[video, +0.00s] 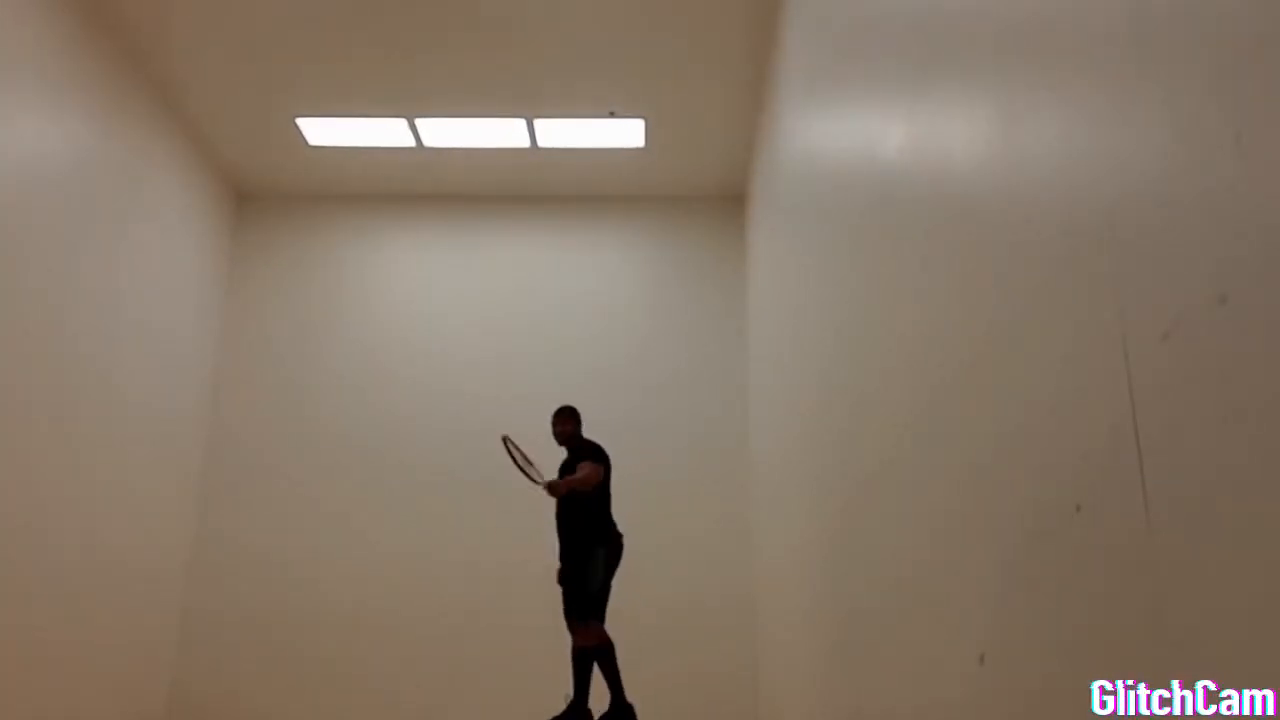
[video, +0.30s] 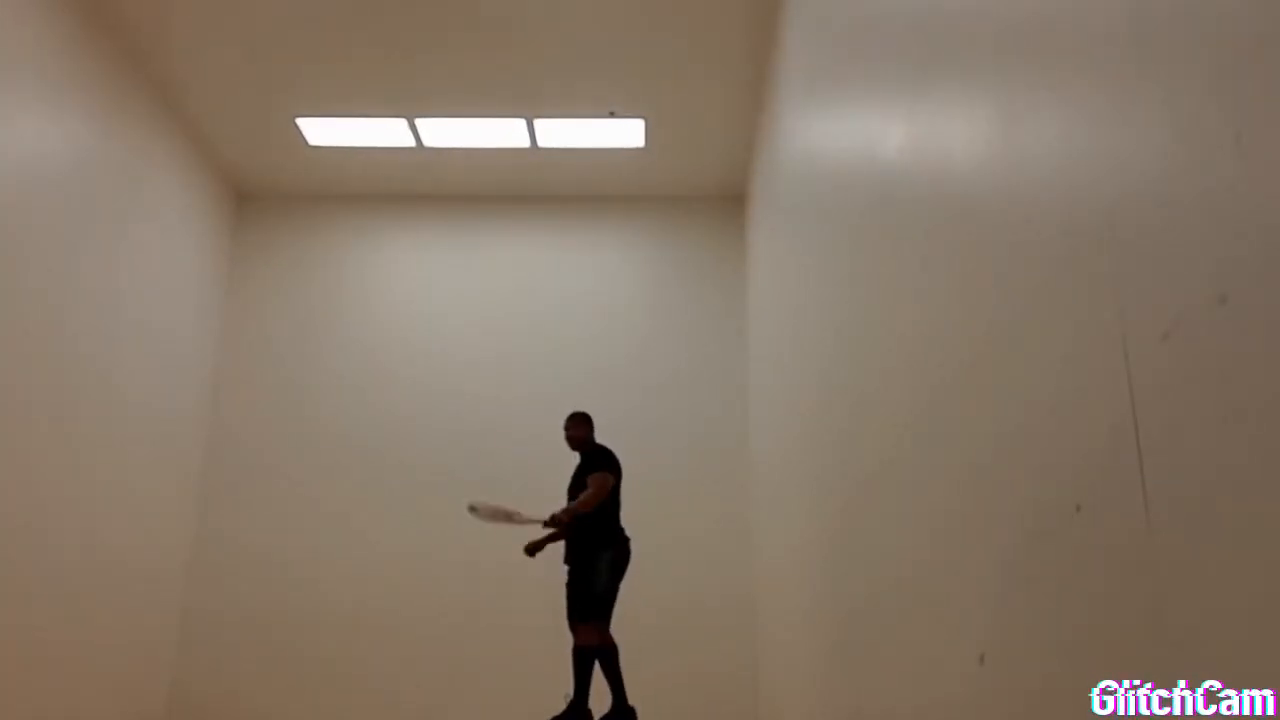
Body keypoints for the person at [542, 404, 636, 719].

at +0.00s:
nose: (561, 431)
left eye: (566, 425)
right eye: (556, 426)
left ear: (578, 425)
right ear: (553, 430)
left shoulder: (592, 453)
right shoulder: (565, 467)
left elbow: (590, 477)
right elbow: (569, 521)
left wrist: (564, 485)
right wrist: (565, 563)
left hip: (600, 546)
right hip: (577, 550)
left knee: (591, 624)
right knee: (578, 625)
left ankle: (620, 702)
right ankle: (579, 704)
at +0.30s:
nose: (569, 435)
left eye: (575, 430)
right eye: (567, 431)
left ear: (589, 431)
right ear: (567, 434)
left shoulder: (601, 458)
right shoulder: (582, 469)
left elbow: (599, 493)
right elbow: (579, 522)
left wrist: (568, 511)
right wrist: (543, 541)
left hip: (602, 553)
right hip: (588, 555)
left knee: (587, 627)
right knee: (593, 628)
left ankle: (579, 705)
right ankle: (621, 705)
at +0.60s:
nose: (576, 441)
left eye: (581, 435)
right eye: (576, 436)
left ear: (598, 434)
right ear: (591, 437)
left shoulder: (609, 465)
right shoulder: (598, 467)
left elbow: (608, 514)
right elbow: (585, 516)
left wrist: (600, 550)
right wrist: (547, 518)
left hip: (603, 557)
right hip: (606, 558)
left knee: (584, 627)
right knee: (603, 629)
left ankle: (579, 705)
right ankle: (623, 706)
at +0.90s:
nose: (586, 452)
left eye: (587, 447)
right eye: (586, 448)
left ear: (594, 444)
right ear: (604, 443)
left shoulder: (614, 465)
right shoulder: (598, 471)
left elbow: (614, 510)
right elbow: (574, 484)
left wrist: (606, 550)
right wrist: (546, 476)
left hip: (614, 558)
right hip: (589, 557)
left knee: (604, 627)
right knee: (579, 626)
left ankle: (622, 705)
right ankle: (577, 704)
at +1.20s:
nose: (576, 459)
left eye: (577, 454)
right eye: (576, 456)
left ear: (584, 448)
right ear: (596, 444)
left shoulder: (605, 459)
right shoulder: (599, 466)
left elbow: (605, 500)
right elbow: (576, 476)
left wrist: (585, 538)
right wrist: (550, 474)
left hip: (607, 551)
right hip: (613, 551)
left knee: (584, 626)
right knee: (606, 627)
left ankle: (578, 704)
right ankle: (623, 705)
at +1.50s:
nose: (564, 446)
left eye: (566, 440)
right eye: (562, 441)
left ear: (581, 436)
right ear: (581, 436)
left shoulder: (596, 458)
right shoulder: (585, 467)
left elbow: (599, 502)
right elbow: (582, 514)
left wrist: (576, 542)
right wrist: (549, 510)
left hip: (602, 551)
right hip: (596, 552)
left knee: (576, 624)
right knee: (602, 625)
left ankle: (577, 705)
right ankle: (623, 705)